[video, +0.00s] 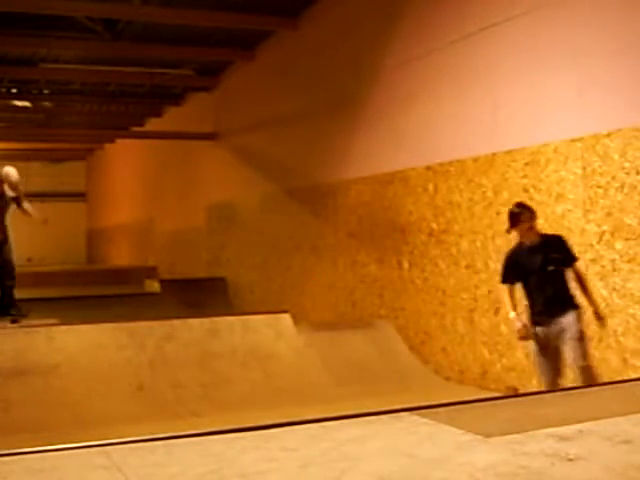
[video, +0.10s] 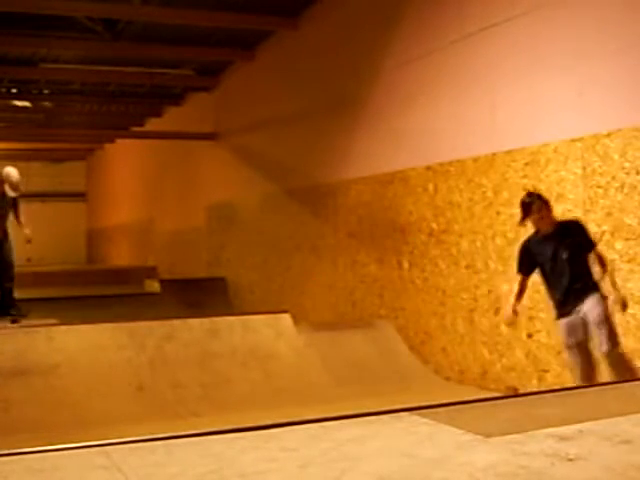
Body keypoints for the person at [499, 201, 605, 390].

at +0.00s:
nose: (520, 229)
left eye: (522, 223)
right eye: (517, 226)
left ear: (532, 221)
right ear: (514, 227)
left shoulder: (555, 243)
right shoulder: (514, 257)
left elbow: (577, 275)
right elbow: (510, 291)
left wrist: (595, 308)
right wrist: (517, 319)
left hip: (567, 314)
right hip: (540, 321)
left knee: (579, 365)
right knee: (548, 378)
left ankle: (593, 405)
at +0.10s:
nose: (537, 218)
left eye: (539, 212)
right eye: (532, 215)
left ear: (548, 209)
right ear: (528, 218)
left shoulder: (573, 228)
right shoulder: (530, 247)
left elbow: (597, 258)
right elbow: (523, 279)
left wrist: (614, 290)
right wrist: (513, 305)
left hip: (590, 296)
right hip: (564, 309)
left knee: (608, 350)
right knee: (580, 367)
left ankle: (632, 391)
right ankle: (590, 407)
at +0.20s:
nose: (545, 196)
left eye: (546, 189)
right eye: (539, 193)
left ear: (554, 187)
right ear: (534, 197)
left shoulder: (578, 201)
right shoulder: (539, 224)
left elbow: (611, 219)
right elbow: (526, 254)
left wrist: (619, 252)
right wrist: (505, 273)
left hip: (600, 264)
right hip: (580, 281)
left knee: (613, 320)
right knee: (605, 349)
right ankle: (631, 377)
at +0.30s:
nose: (542, 169)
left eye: (542, 161)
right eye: (536, 167)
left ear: (549, 156)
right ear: (531, 170)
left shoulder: (578, 168)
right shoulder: (540, 195)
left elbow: (617, 184)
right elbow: (529, 226)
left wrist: (622, 213)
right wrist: (504, 246)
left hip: (610, 227)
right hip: (589, 246)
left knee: (601, 281)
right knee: (622, 321)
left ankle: (636, 314)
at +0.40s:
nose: (533, 155)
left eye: (532, 147)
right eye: (527, 153)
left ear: (541, 136)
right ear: (524, 155)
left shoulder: (576, 145)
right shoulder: (538, 174)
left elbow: (622, 157)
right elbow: (524, 206)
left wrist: (629, 184)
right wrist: (500, 227)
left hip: (618, 207)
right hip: (602, 217)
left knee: (588, 259)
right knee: (621, 275)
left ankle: (633, 305)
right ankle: (633, 314)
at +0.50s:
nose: (527, 148)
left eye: (525, 140)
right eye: (521, 145)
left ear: (533, 127)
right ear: (521, 143)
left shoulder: (573, 132)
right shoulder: (538, 161)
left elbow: (621, 139)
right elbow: (521, 194)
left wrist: (635, 169)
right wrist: (492, 219)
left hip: (620, 201)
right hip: (623, 205)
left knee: (593, 264)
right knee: (619, 280)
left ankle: (619, 334)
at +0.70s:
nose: (506, 149)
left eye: (502, 143)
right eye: (501, 146)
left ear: (509, 130)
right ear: (507, 132)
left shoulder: (551, 128)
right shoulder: (531, 151)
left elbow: (603, 137)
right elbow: (527, 184)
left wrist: (622, 172)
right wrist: (493, 209)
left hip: (610, 196)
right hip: (618, 196)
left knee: (589, 274)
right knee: (617, 279)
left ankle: (610, 350)